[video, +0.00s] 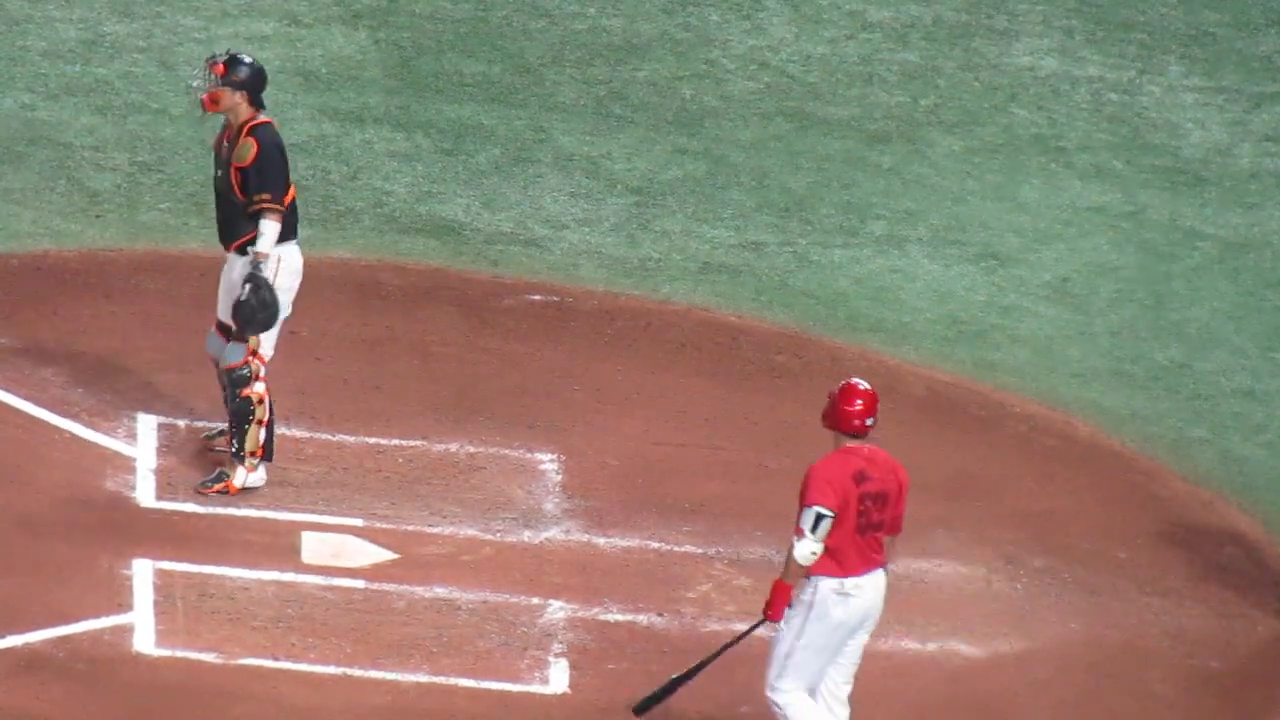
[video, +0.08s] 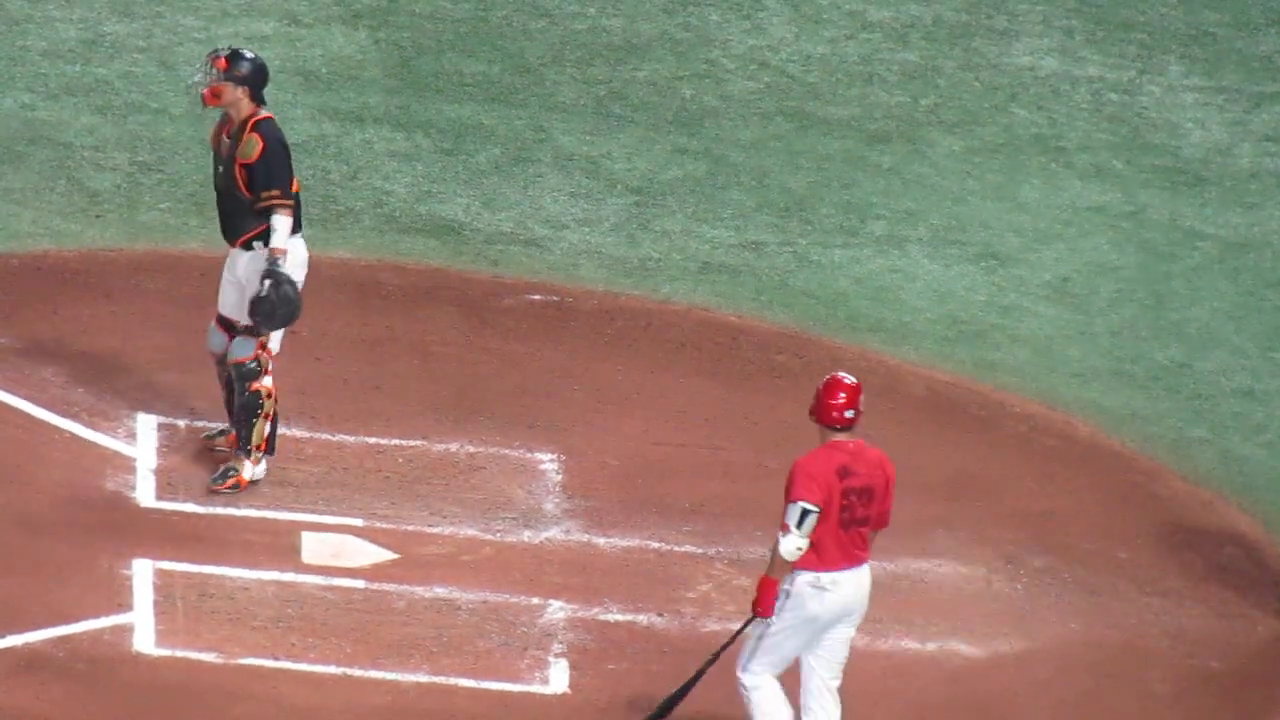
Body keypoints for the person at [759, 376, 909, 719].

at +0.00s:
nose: (826, 412)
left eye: (829, 407)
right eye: (832, 406)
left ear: (832, 418)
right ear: (872, 420)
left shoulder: (828, 470)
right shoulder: (892, 468)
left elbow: (807, 544)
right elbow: (889, 536)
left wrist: (781, 591)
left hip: (829, 592)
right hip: (872, 589)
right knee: (833, 693)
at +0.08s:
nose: (824, 412)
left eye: (821, 407)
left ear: (817, 414)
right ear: (857, 414)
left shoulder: (813, 465)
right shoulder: (880, 462)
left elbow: (793, 540)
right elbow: (874, 526)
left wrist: (769, 584)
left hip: (814, 588)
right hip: (857, 583)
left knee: (754, 671)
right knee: (822, 687)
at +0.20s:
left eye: (802, 398)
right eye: (827, 398)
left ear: (796, 404)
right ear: (835, 404)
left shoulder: (785, 455)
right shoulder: (857, 453)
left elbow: (768, 530)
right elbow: (860, 514)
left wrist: (750, 576)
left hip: (788, 577)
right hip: (833, 576)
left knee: (732, 666)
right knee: (812, 683)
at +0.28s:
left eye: (785, 395)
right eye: (812, 395)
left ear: (778, 401)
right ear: (817, 401)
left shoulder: (764, 451)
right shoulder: (840, 451)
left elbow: (748, 526)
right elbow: (843, 511)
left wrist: (730, 571)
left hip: (768, 572)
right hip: (816, 573)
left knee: (716, 670)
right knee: (802, 680)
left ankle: (691, 717)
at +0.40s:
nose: (768, 394)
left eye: (759, 389)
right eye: (784, 388)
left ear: (749, 393)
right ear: (788, 395)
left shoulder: (733, 443)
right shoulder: (812, 444)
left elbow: (715, 520)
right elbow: (817, 504)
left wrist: (699, 565)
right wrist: (774, 480)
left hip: (734, 564)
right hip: (785, 565)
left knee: (695, 664)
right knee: (777, 669)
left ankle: (675, 717)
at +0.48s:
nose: (746, 387)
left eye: (739, 382)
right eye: (758, 382)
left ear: (730, 386)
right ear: (769, 388)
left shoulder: (714, 436)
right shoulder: (794, 437)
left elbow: (694, 510)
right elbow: (793, 505)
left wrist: (679, 556)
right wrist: (764, 534)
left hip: (714, 556)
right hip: (765, 557)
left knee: (684, 656)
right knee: (753, 654)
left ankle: (673, 716)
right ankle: (780, 716)